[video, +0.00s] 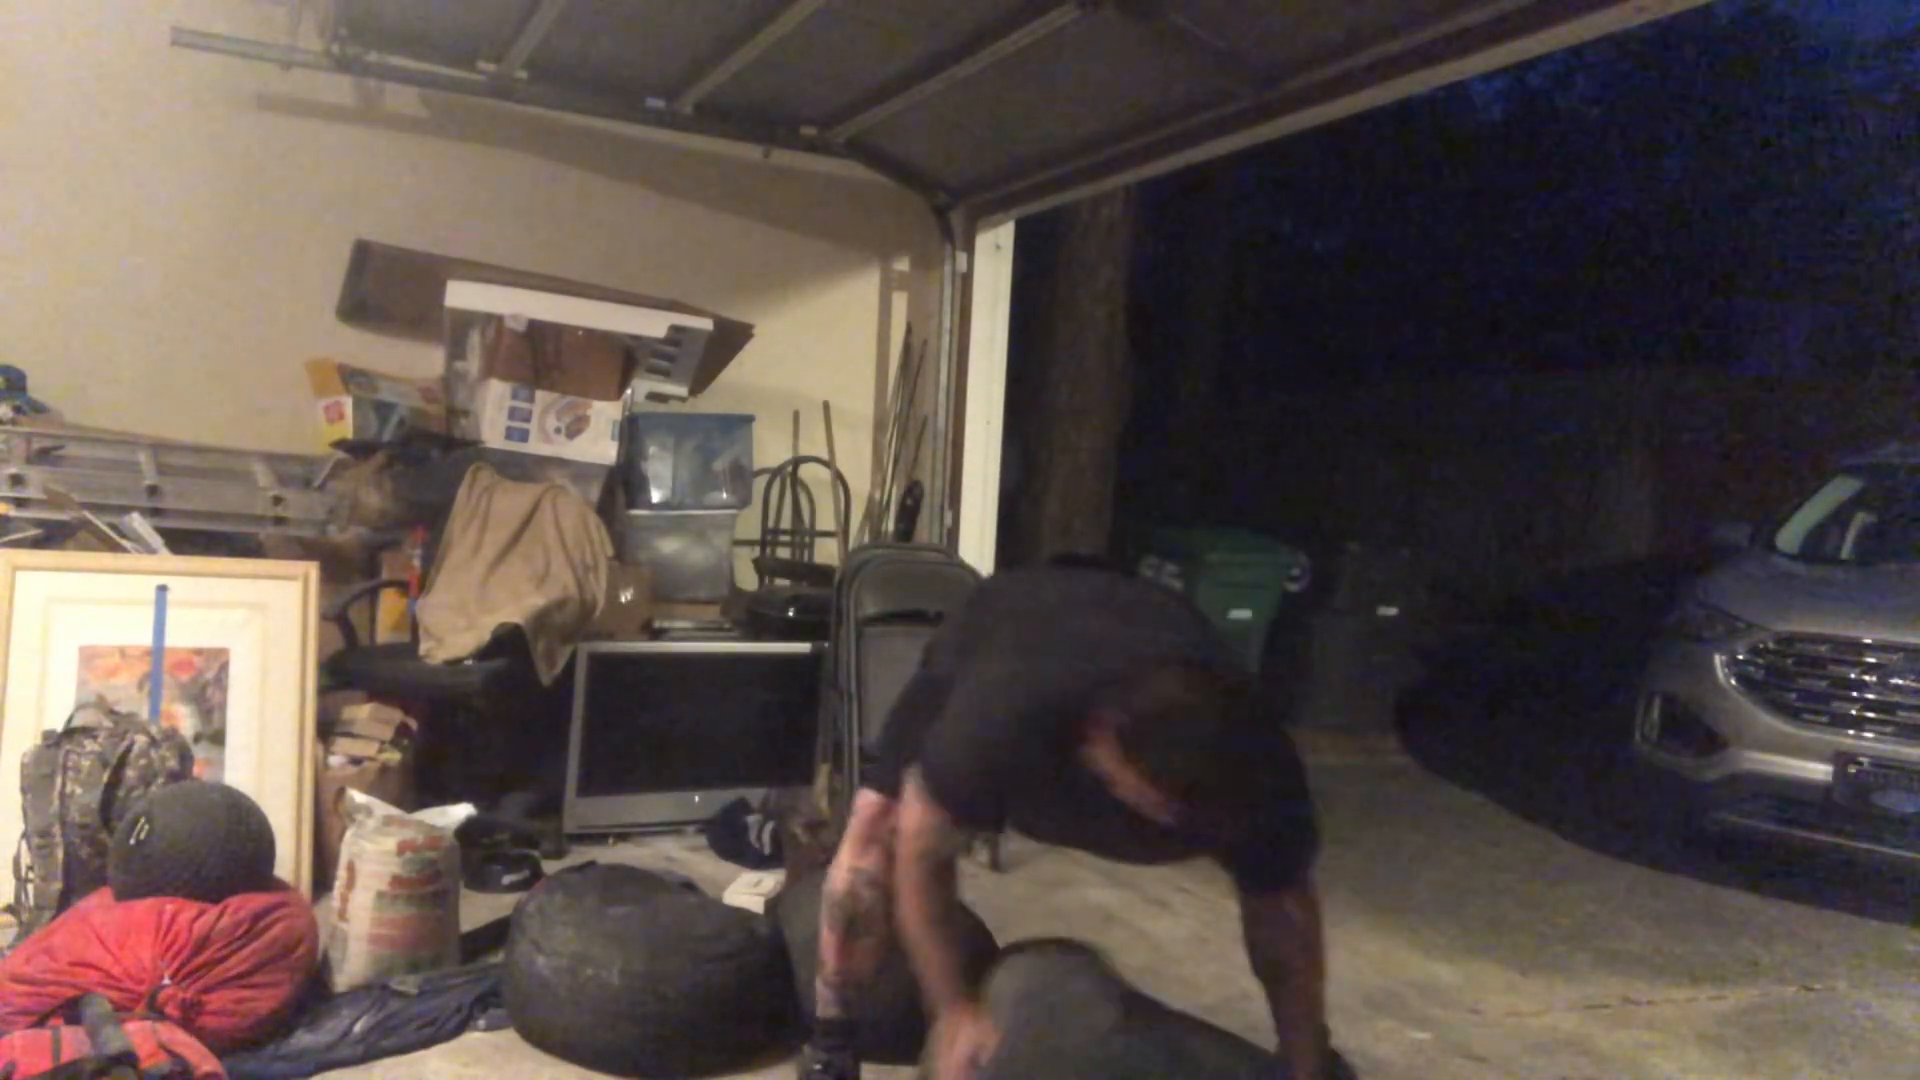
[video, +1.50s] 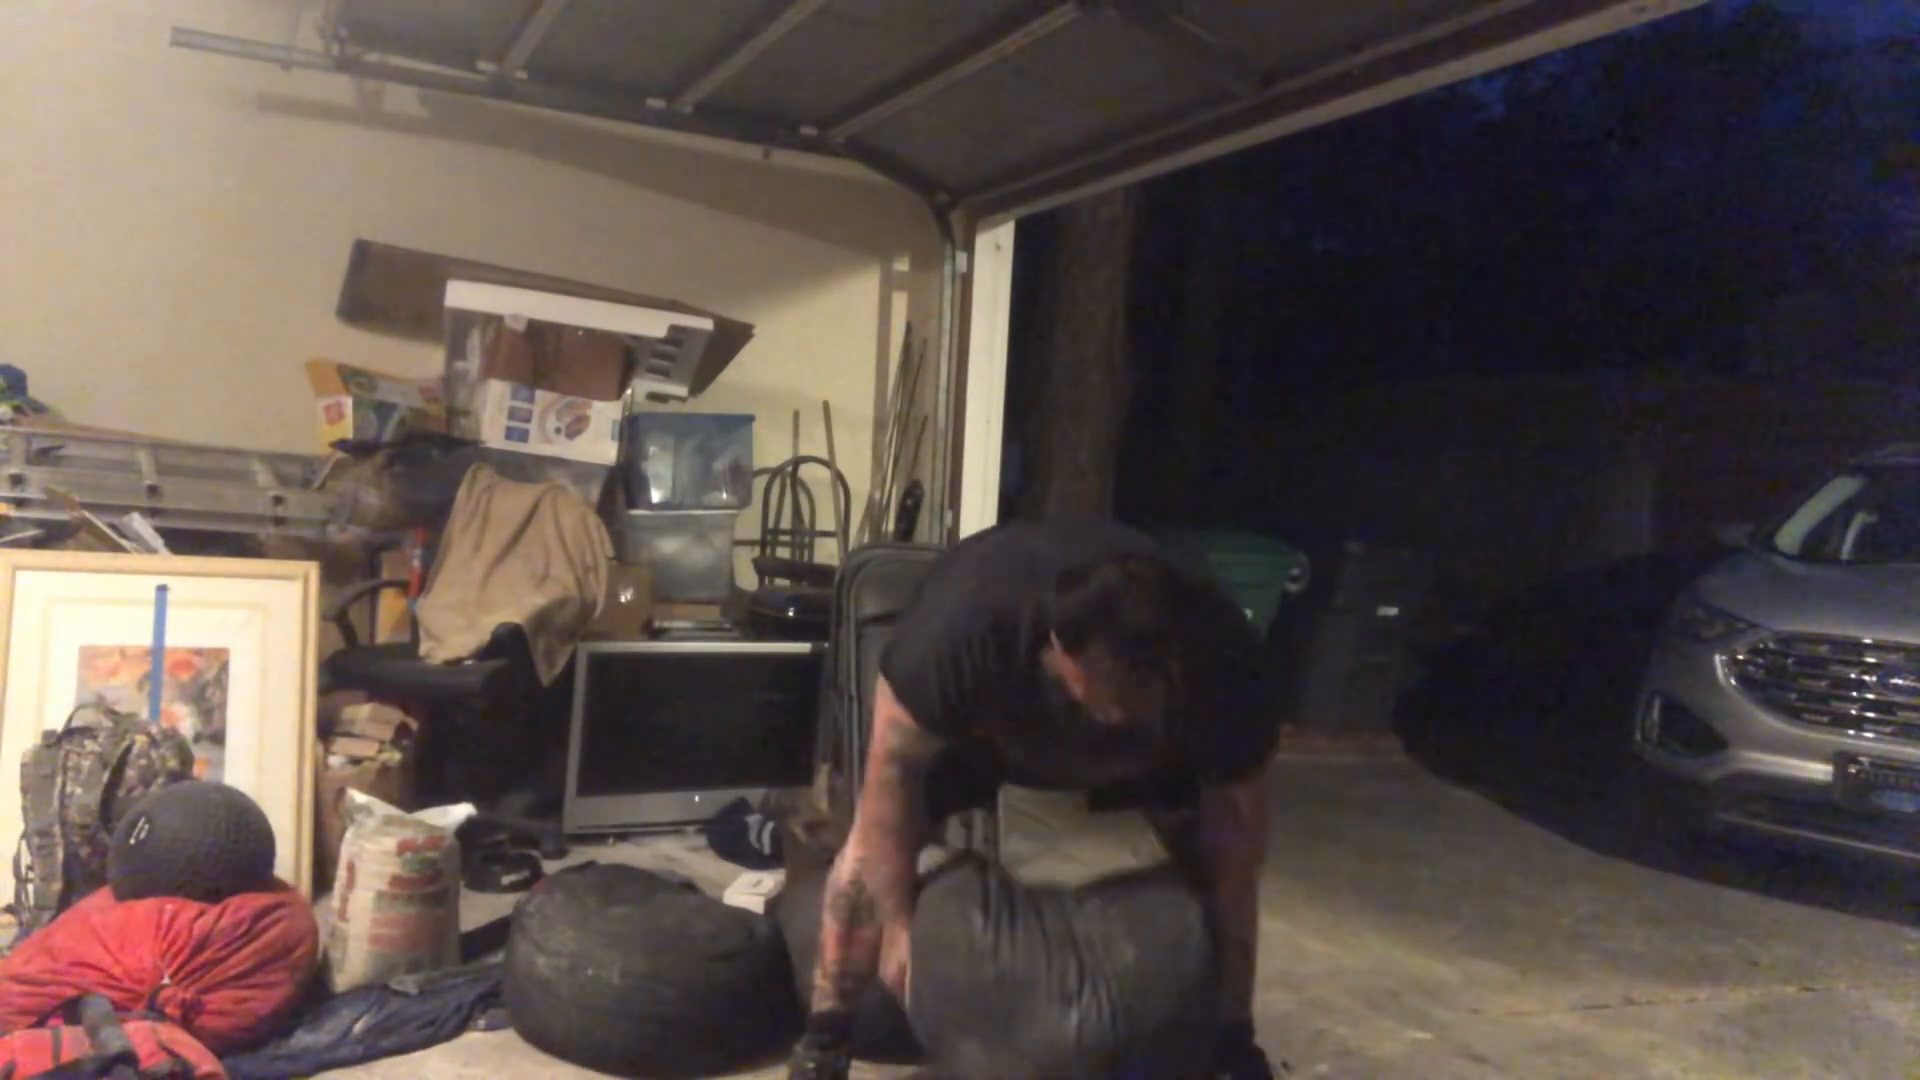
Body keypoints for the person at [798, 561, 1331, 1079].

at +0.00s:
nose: (1171, 823)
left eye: (1190, 813)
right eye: (1154, 804)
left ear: (1225, 770)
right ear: (1104, 744)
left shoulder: (1253, 758)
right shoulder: (1004, 709)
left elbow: (1285, 910)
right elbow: (915, 852)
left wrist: (1303, 1057)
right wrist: (952, 1009)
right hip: (988, 648)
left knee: (1273, 882)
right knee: (858, 880)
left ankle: (1310, 1052)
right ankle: (831, 1049)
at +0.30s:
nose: (1035, 805)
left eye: (1055, 785)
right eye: (1009, 790)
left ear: (1087, 739)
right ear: (960, 747)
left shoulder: (1164, 681)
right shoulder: (902, 736)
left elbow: (1236, 807)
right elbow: (858, 910)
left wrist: (1210, 938)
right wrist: (832, 1063)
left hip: (1115, 599)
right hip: (937, 615)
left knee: (1239, 844)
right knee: (825, 875)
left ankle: (1250, 1027)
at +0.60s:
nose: (1096, 873)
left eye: (1116, 859)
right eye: (1081, 857)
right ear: (1045, 785)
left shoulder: (1227, 769)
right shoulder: (966, 765)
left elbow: (1233, 944)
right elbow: (889, 952)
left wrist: (1235, 1063)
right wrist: (854, 1065)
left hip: (1141, 596)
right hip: (968, 600)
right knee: (855, 830)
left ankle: (1239, 1054)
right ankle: (831, 1041)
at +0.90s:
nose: (1152, 849)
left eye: (1169, 837)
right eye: (1135, 833)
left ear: (1211, 789)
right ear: (1092, 778)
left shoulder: (1242, 784)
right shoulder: (993, 732)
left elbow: (1253, 950)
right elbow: (904, 881)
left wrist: (1257, 1070)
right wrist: (893, 1044)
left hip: (1117, 610)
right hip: (956, 619)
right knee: (841, 847)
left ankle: (1254, 1066)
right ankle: (804, 1030)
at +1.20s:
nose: (1120, 779)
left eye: (1139, 763)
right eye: (1104, 757)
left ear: (1178, 721)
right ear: (1068, 709)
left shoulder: (1216, 722)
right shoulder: (969, 697)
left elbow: (1230, 888)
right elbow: (903, 876)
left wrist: (1237, 1051)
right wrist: (887, 1051)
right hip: (961, 617)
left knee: (1217, 870)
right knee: (856, 846)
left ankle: (1237, 1055)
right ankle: (823, 1037)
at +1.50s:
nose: (1118, 717)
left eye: (1135, 702)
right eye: (1102, 698)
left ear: (1176, 665)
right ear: (1064, 658)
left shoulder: (1223, 662)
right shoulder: (967, 628)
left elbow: (1236, 818)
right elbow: (889, 770)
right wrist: (896, 924)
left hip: (1148, 753)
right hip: (979, 733)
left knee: (1227, 872)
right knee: (860, 869)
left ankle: (1234, 1031)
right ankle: (827, 1036)